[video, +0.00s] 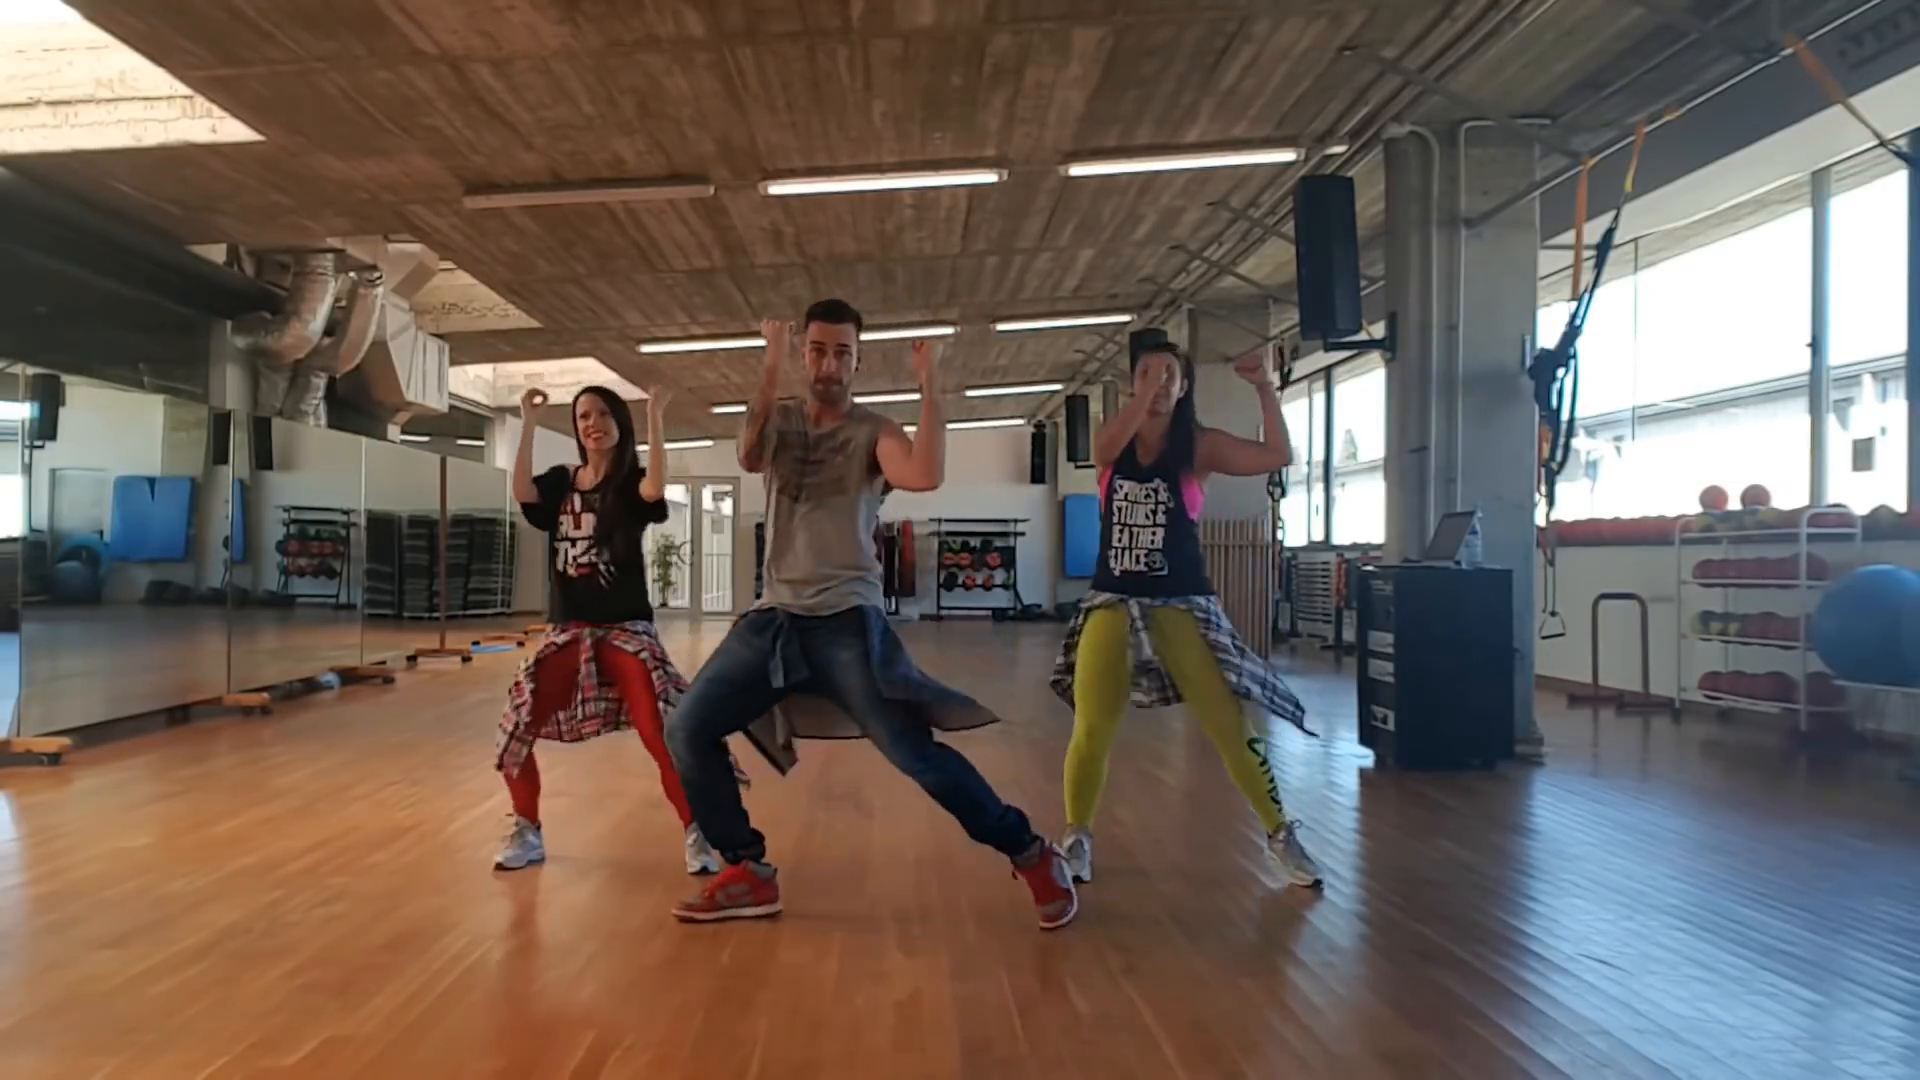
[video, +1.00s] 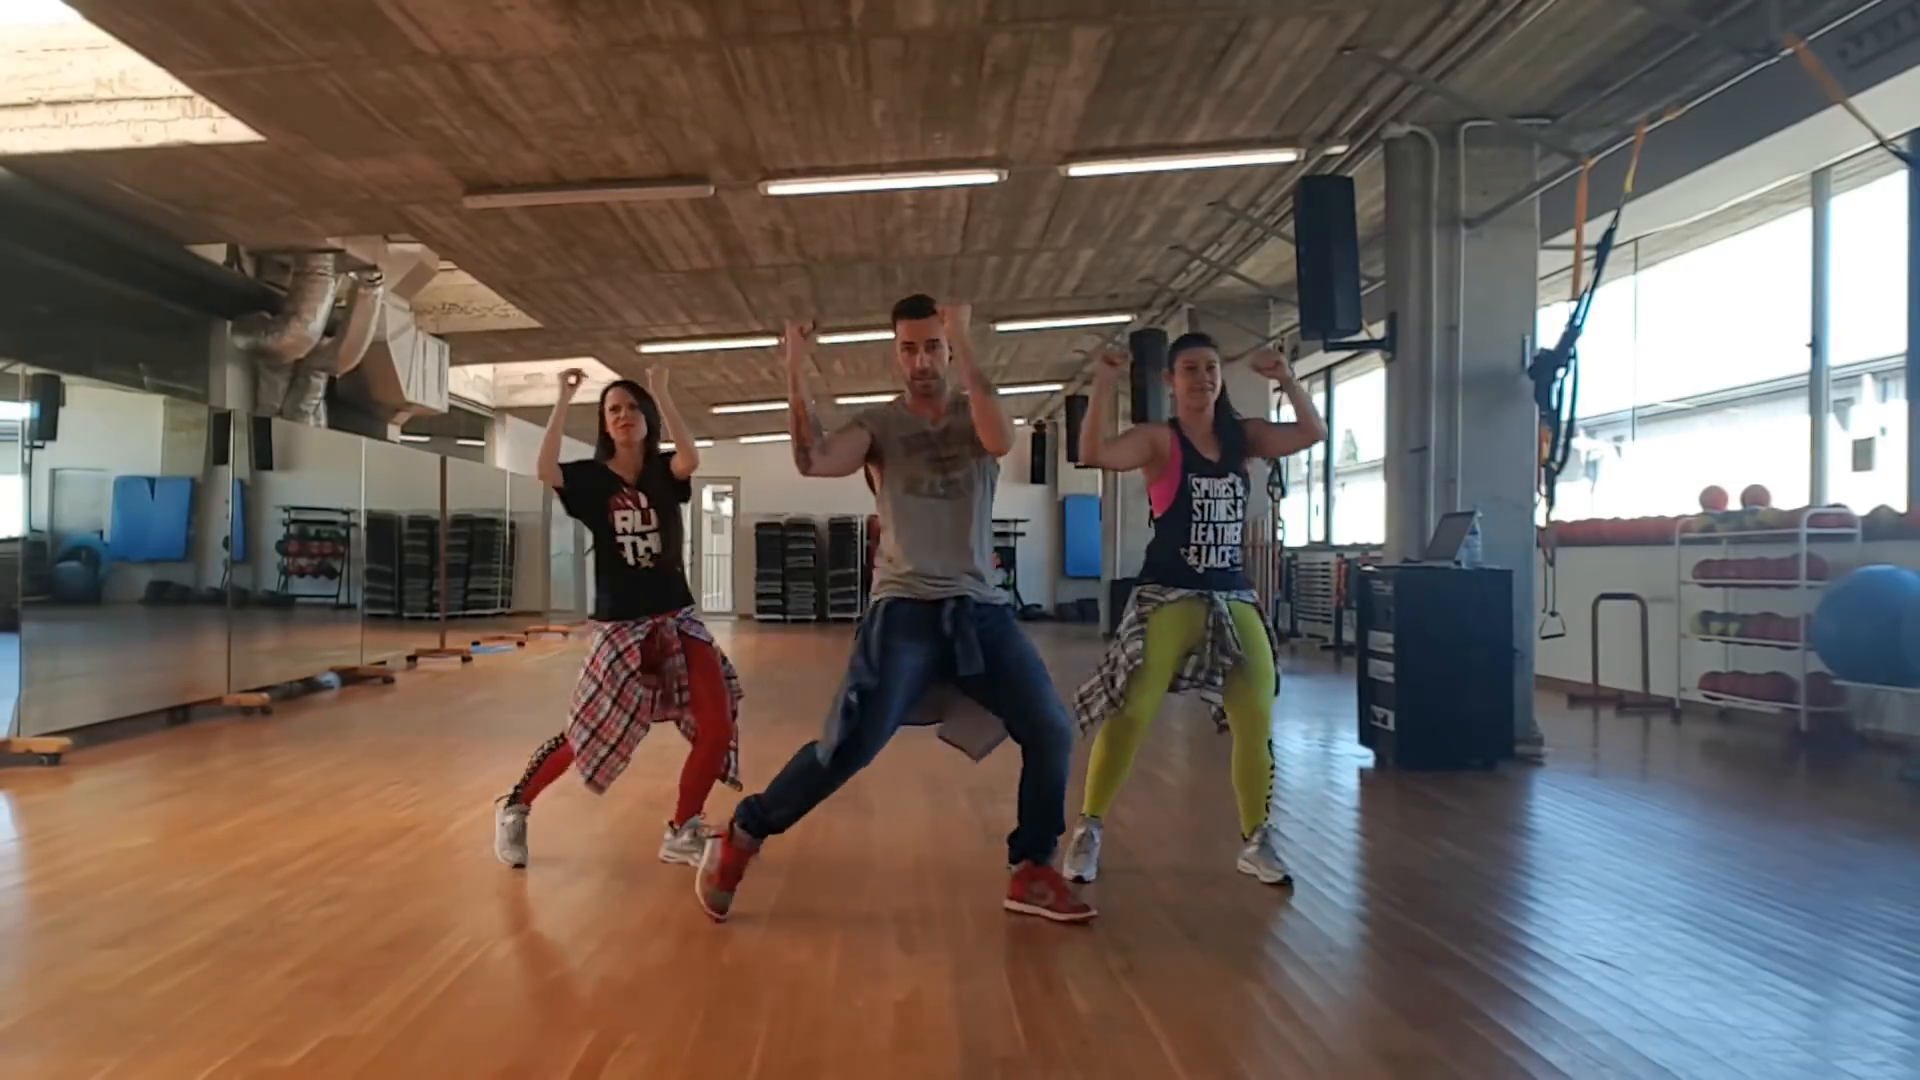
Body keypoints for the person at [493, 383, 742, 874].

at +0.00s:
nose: (592, 423)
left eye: (600, 415)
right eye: (584, 417)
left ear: (620, 423)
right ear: (574, 428)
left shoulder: (631, 481)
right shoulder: (563, 480)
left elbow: (654, 491)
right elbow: (521, 491)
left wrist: (653, 417)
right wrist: (529, 425)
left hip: (626, 628)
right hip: (569, 629)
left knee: (656, 729)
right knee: (516, 720)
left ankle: (696, 831)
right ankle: (527, 832)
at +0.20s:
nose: (565, 404)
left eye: (575, 397)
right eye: (558, 397)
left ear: (594, 409)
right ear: (547, 410)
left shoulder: (603, 463)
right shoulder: (532, 458)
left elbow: (636, 468)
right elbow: (489, 461)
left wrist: (630, 398)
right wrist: (509, 393)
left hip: (591, 606)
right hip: (532, 606)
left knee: (623, 708)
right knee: (503, 725)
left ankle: (661, 818)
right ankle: (525, 829)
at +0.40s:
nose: (557, 411)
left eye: (567, 405)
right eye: (548, 405)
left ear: (584, 417)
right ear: (537, 416)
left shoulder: (593, 476)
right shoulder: (518, 472)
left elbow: (627, 472)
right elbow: (485, 467)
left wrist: (627, 405)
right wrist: (508, 402)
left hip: (575, 616)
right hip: (516, 614)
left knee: (590, 724)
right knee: (494, 739)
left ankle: (598, 801)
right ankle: (524, 831)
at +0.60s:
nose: (565, 414)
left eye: (575, 407)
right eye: (557, 408)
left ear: (594, 421)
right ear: (547, 420)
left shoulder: (599, 477)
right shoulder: (526, 466)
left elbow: (623, 464)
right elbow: (491, 442)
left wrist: (617, 401)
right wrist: (510, 375)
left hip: (588, 619)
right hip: (528, 616)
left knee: (621, 735)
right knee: (491, 734)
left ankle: (588, 807)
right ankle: (522, 830)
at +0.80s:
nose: (590, 413)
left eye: (599, 406)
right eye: (579, 407)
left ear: (614, 417)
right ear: (569, 418)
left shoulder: (628, 475)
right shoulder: (546, 472)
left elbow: (649, 463)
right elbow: (497, 462)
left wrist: (635, 398)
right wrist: (521, 392)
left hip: (619, 623)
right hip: (562, 624)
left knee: (677, 707)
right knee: (547, 736)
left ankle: (668, 831)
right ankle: (493, 819)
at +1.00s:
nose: (623, 416)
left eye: (631, 409)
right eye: (613, 411)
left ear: (648, 420)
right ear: (604, 425)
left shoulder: (664, 473)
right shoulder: (591, 477)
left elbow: (688, 459)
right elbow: (546, 470)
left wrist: (662, 396)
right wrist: (563, 402)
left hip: (678, 618)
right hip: (621, 624)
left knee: (716, 725)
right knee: (591, 733)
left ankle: (682, 831)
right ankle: (515, 806)